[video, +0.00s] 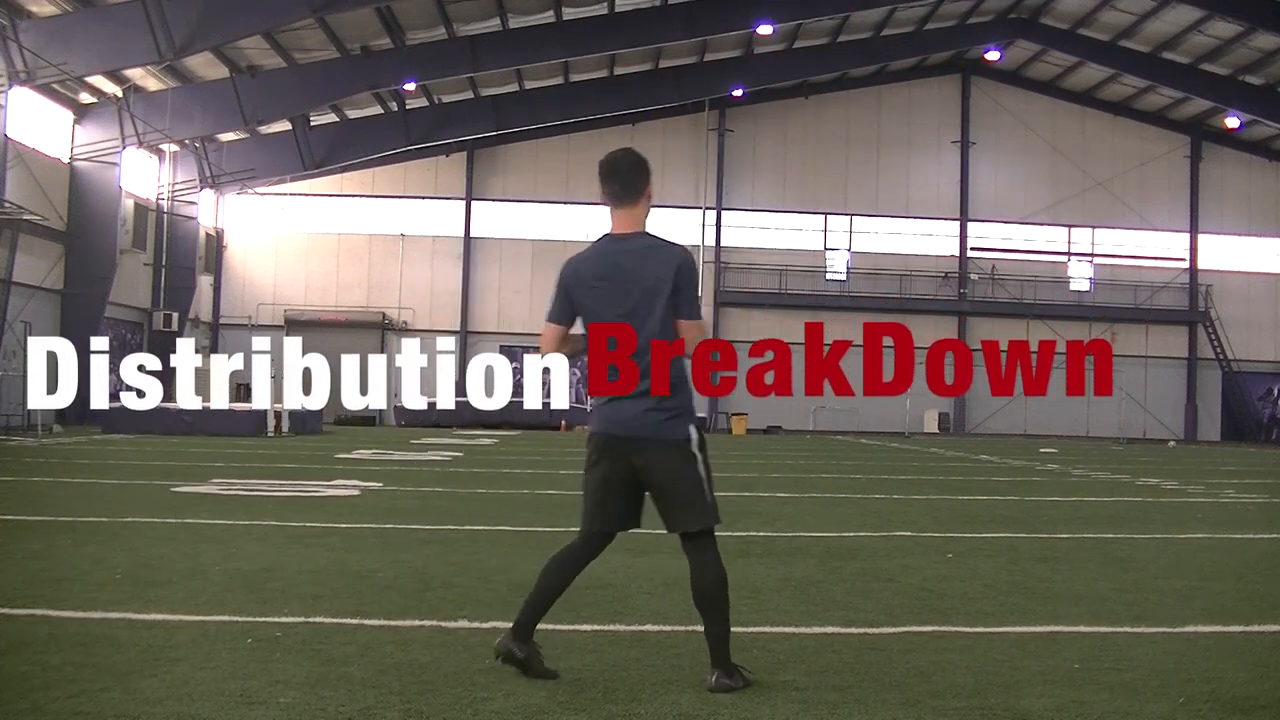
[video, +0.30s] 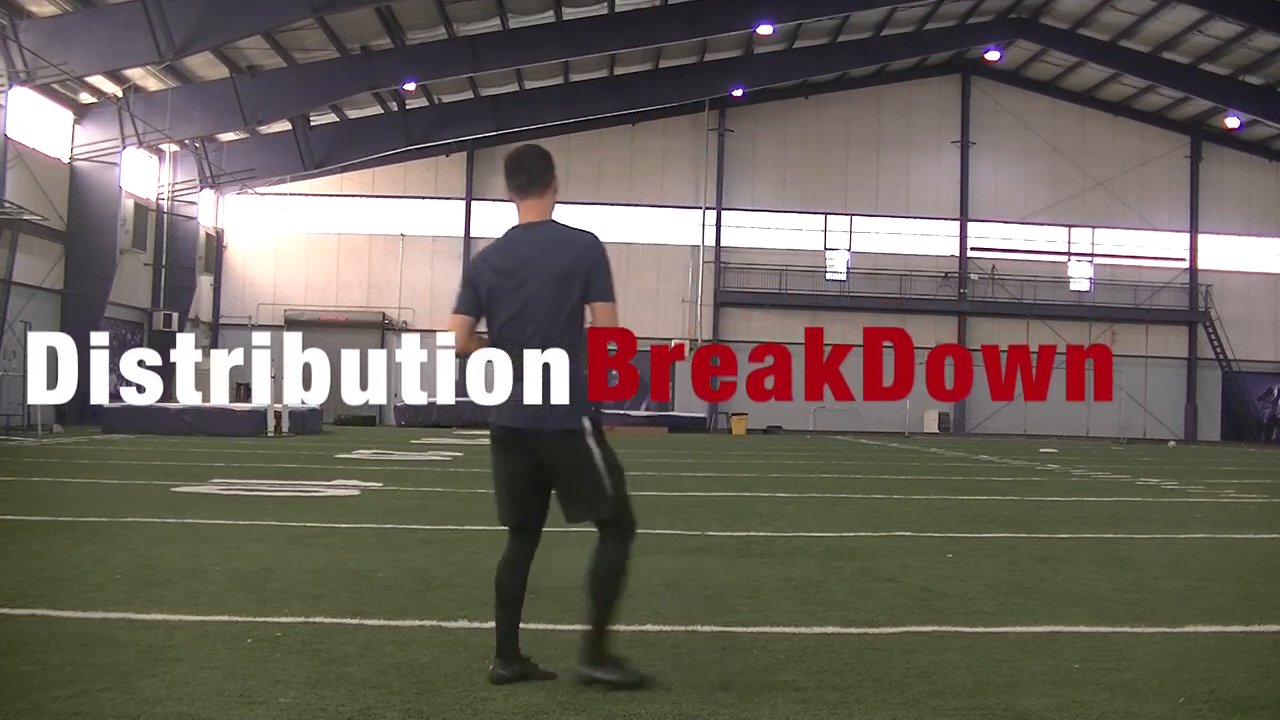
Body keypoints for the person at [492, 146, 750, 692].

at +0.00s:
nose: (649, 197)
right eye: (650, 189)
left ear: (602, 195)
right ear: (650, 192)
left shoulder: (578, 266)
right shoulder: (676, 260)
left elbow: (552, 342)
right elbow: (691, 341)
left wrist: (592, 342)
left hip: (606, 432)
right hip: (667, 433)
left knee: (593, 534)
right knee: (700, 544)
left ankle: (518, 637)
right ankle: (722, 668)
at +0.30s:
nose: (554, 193)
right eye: (555, 184)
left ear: (509, 192)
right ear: (554, 185)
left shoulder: (485, 260)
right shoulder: (584, 247)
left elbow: (462, 342)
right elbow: (605, 329)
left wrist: (503, 345)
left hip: (508, 421)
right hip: (568, 420)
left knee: (521, 535)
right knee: (617, 526)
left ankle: (507, 657)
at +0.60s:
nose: (480, 195)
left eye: (472, 186)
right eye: (479, 186)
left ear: (431, 192)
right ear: (475, 187)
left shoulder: (404, 260)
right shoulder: (488, 254)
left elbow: (365, 338)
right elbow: (508, 343)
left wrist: (414, 359)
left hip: (416, 423)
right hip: (454, 427)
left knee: (471, 540)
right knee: (415, 543)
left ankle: (501, 657)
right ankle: (337, 662)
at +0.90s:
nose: (416, 183)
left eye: (412, 173)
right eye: (416, 174)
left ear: (365, 172)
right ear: (408, 173)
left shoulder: (330, 236)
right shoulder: (399, 237)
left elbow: (298, 314)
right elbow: (404, 328)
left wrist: (322, 369)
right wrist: (421, 379)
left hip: (322, 408)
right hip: (358, 411)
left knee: (383, 520)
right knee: (341, 532)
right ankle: (325, 669)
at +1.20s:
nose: (367, 224)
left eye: (366, 215)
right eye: (369, 214)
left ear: (318, 208)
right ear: (360, 210)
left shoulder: (274, 257)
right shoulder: (346, 259)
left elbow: (252, 343)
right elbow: (330, 335)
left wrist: (296, 419)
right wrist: (343, 397)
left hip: (206, 418)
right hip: (260, 427)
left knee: (209, 549)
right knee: (290, 546)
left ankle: (158, 685)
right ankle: (319, 673)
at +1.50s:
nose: (336, 351)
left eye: (338, 340)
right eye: (339, 339)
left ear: (297, 316)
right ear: (327, 328)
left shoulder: (246, 327)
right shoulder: (314, 351)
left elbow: (197, 412)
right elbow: (291, 435)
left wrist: (198, 531)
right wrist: (276, 530)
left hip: (120, 397)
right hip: (175, 409)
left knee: (148, 549)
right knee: (183, 551)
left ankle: (155, 693)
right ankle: (162, 699)